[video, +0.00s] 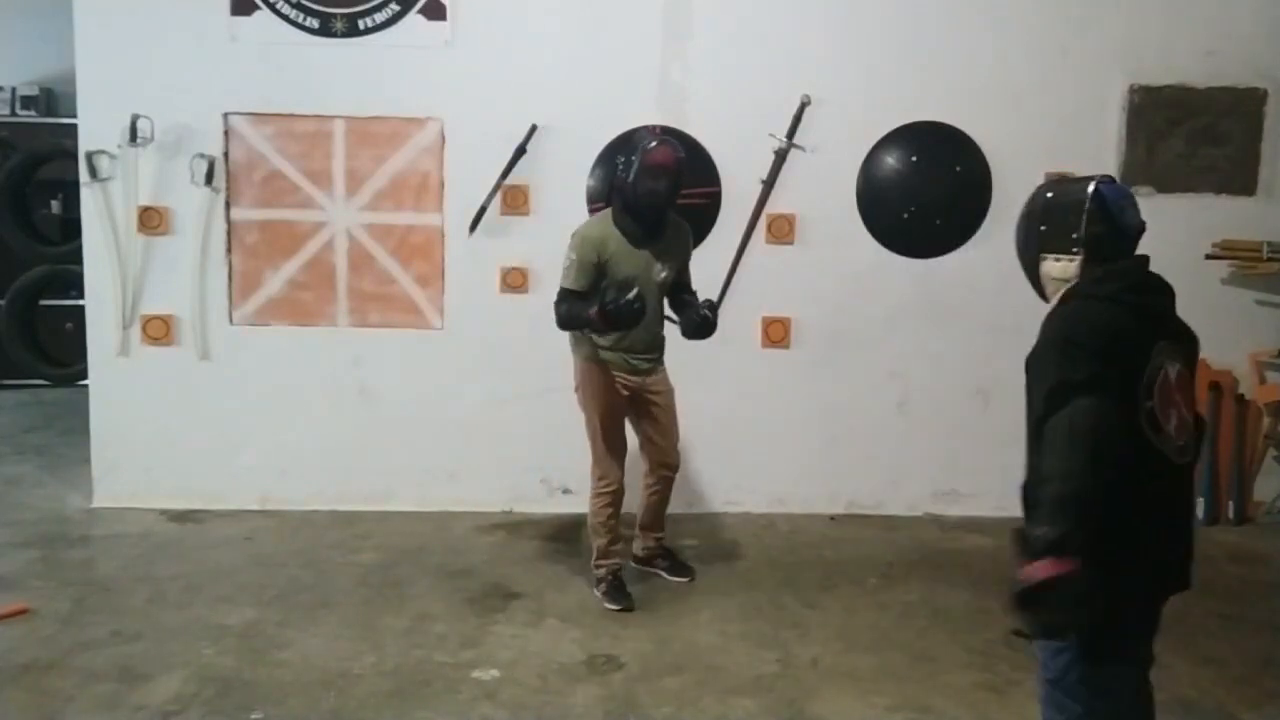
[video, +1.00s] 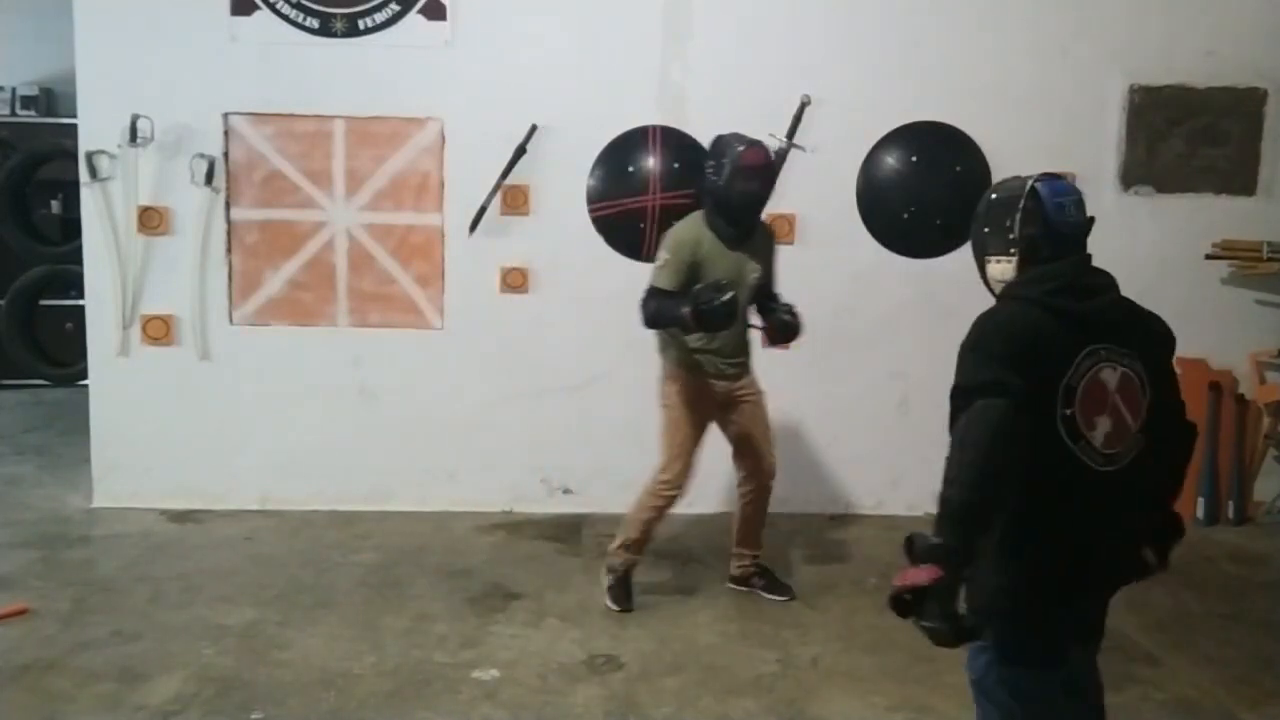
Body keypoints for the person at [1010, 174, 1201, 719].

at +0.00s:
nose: (1036, 262)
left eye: (1041, 248)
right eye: (1037, 248)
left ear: (1063, 248)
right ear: (1118, 242)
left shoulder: (1077, 325)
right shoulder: (1163, 319)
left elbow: (1069, 442)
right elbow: (1173, 441)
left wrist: (1048, 548)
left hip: (1086, 570)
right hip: (1146, 563)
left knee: (1073, 696)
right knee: (1124, 692)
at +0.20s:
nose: (1046, 275)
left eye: (1049, 258)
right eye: (1045, 259)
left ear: (1078, 248)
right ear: (1129, 243)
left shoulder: (1088, 314)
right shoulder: (1179, 316)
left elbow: (1073, 432)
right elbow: (1191, 451)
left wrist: (1036, 534)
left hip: (1099, 560)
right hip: (1166, 556)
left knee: (1075, 696)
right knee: (1134, 691)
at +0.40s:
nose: (1055, 259)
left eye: (1060, 245)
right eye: (1056, 245)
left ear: (1088, 243)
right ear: (1139, 238)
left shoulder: (1089, 314)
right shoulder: (1180, 309)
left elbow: (1048, 418)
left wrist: (972, 443)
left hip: (1090, 547)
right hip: (1168, 545)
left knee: (1059, 693)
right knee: (1140, 689)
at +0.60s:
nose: (1040, 271)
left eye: (1046, 253)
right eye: (1043, 253)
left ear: (1072, 249)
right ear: (1125, 247)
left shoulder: (1068, 324)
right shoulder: (1168, 325)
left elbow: (1020, 431)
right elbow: (1129, 445)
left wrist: (949, 445)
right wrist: (1030, 457)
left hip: (1067, 560)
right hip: (1151, 554)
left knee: (1037, 698)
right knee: (1131, 694)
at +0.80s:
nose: (1018, 250)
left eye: (1025, 237)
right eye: (1019, 236)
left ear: (1043, 241)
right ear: (1099, 240)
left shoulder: (1030, 331)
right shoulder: (1151, 334)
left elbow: (989, 460)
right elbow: (1143, 463)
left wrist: (948, 563)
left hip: (1033, 571)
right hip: (1118, 565)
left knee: (1015, 693)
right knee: (1088, 688)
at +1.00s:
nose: (988, 258)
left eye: (992, 244)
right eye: (989, 244)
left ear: (1012, 246)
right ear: (1072, 238)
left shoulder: (1004, 330)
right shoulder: (1143, 328)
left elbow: (978, 457)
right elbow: (1172, 439)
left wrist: (944, 554)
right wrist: (1145, 528)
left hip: (1020, 555)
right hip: (1101, 548)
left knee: (1006, 675)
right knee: (1073, 675)